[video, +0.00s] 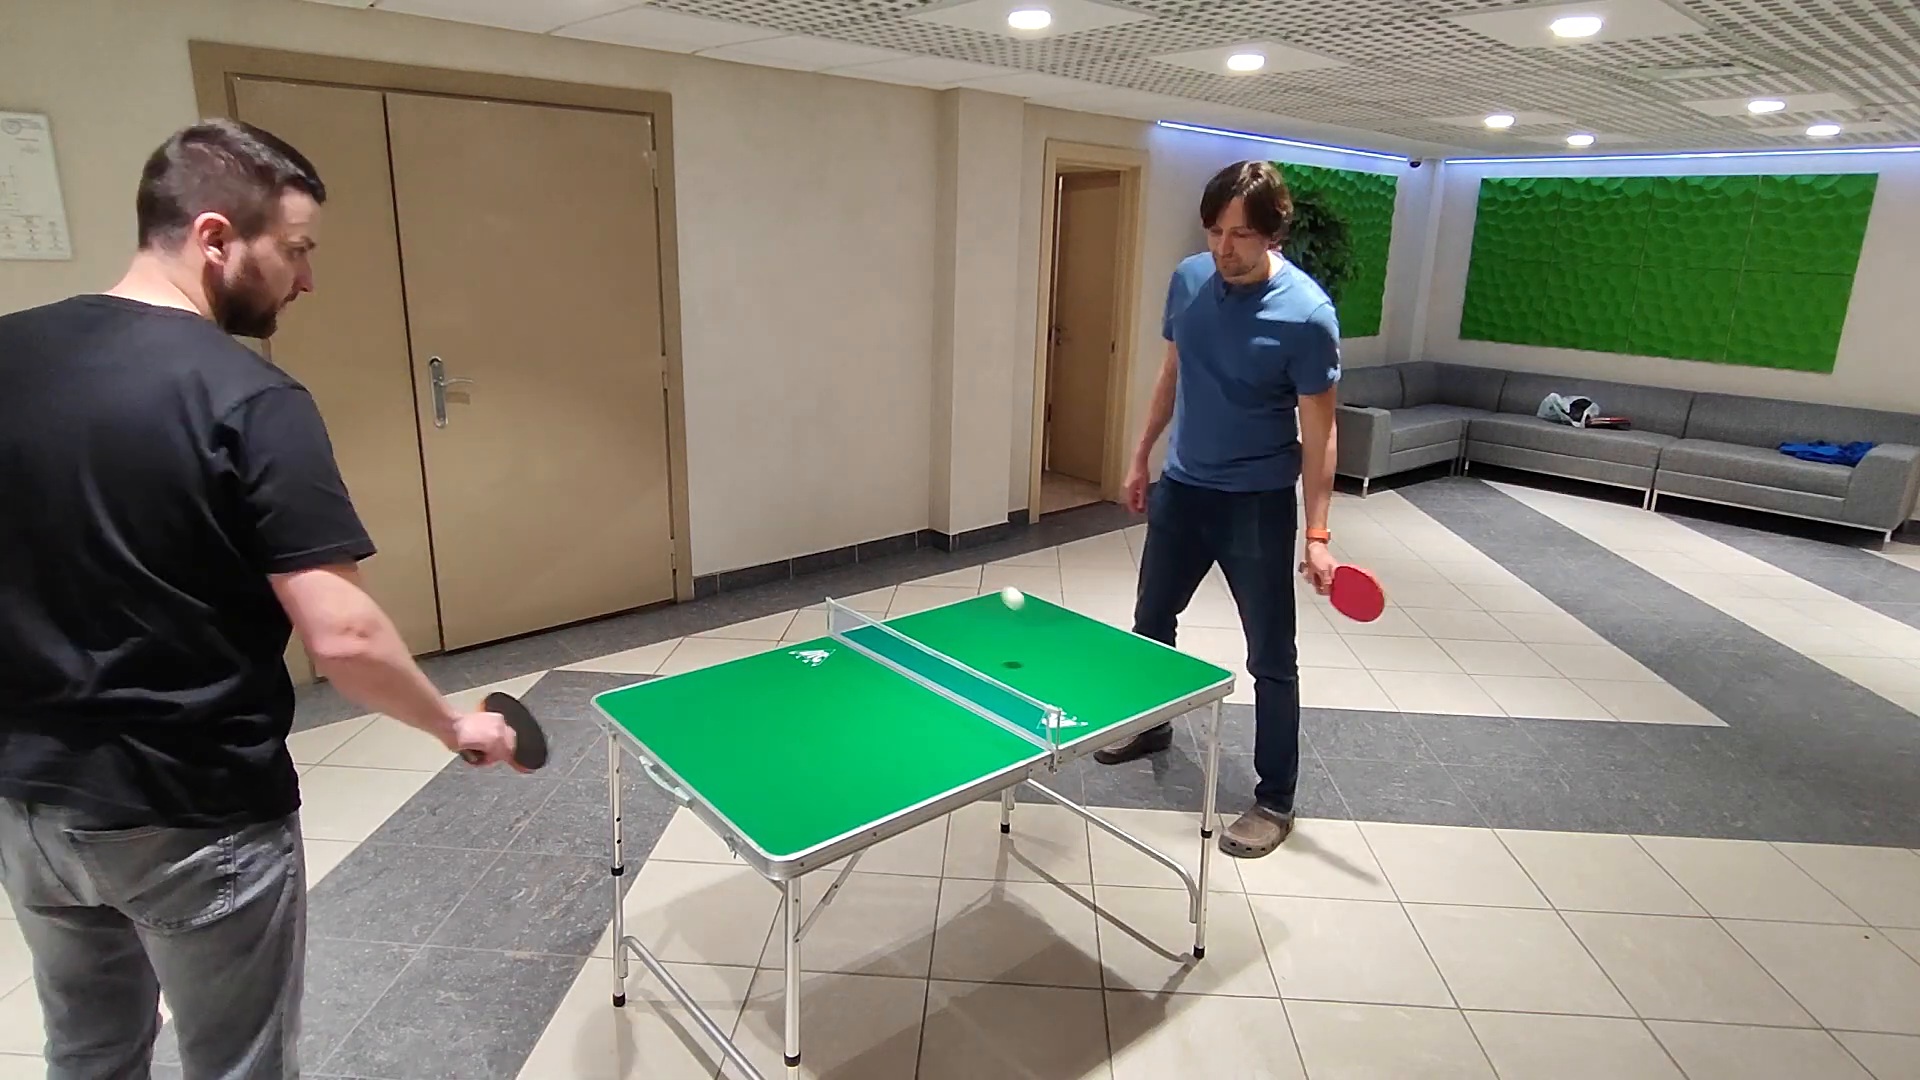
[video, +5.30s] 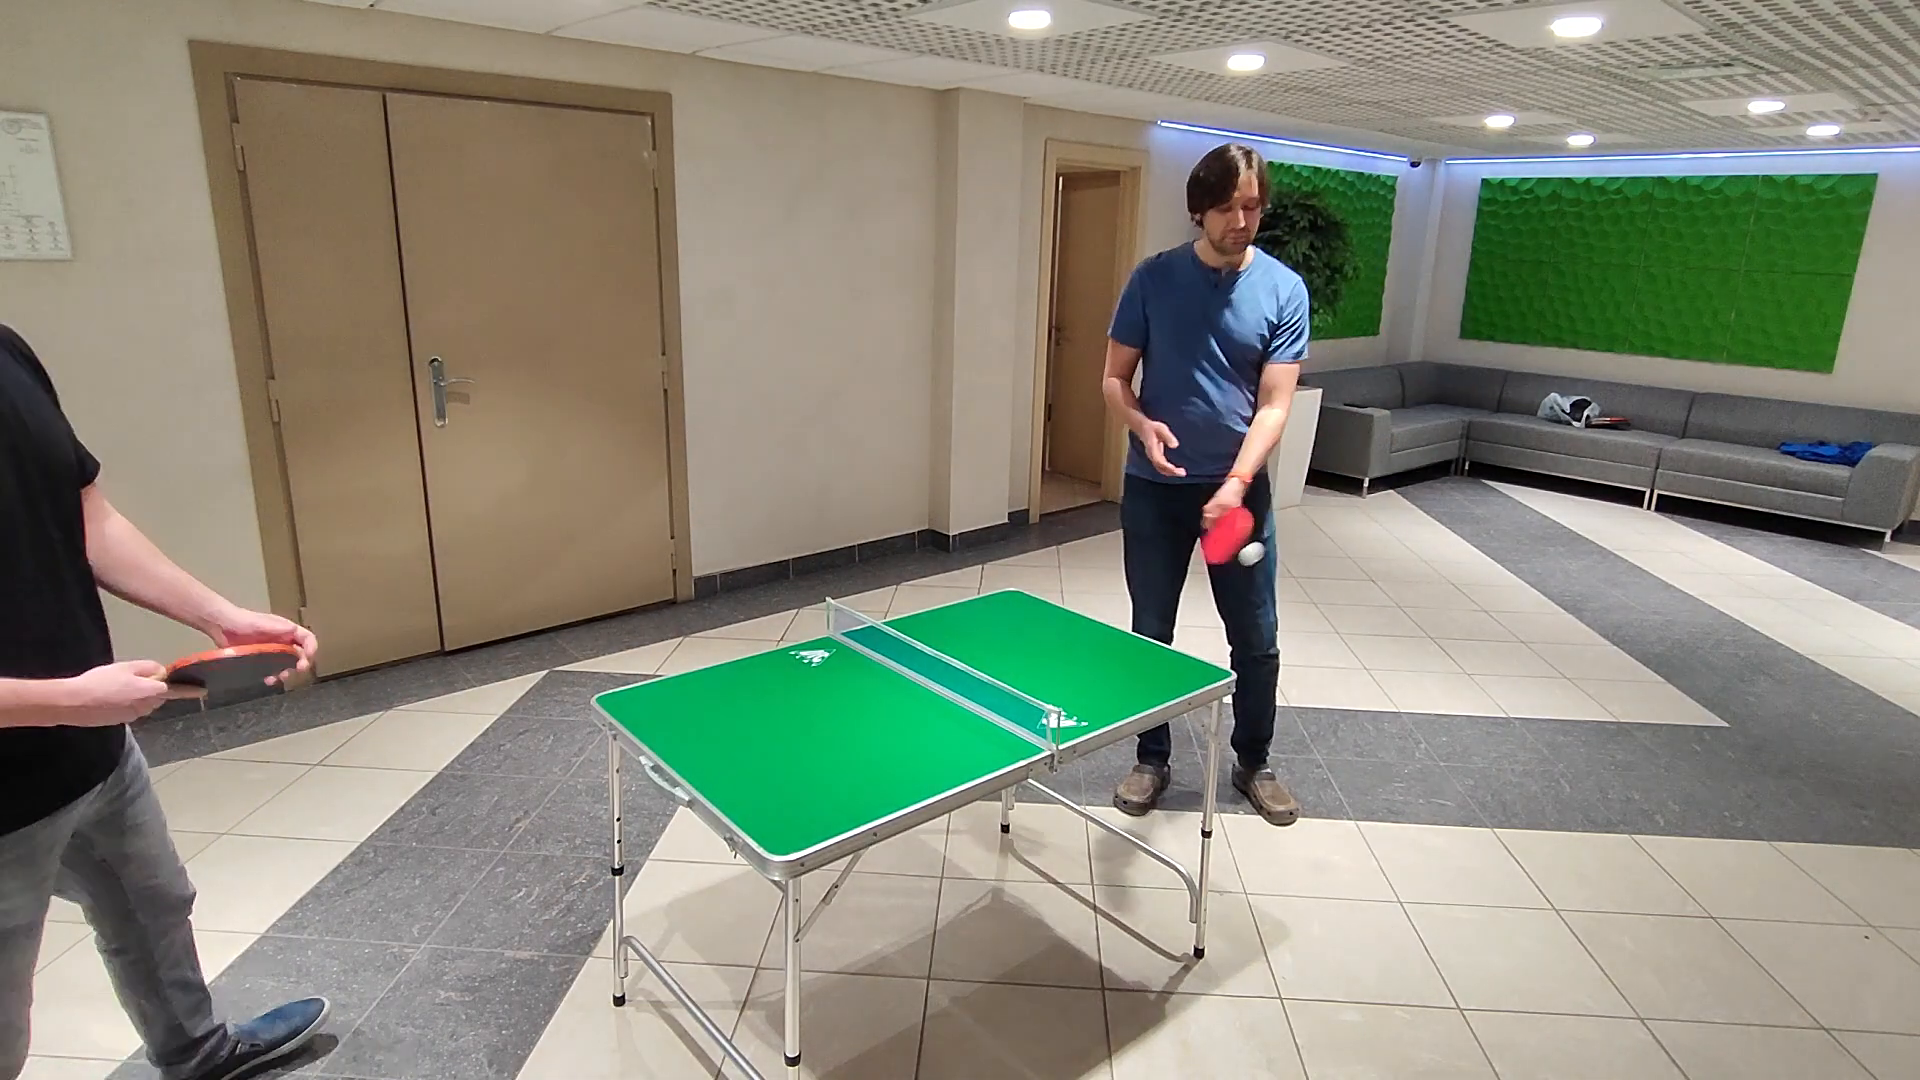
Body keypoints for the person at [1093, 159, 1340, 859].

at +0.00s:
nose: (1225, 247)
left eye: (1241, 235)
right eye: (1216, 232)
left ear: (1275, 233)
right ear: (1206, 226)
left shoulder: (1307, 316)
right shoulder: (1189, 279)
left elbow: (1319, 434)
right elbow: (1173, 371)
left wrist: (1316, 533)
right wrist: (1141, 454)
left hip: (1260, 500)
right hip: (1183, 488)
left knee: (1271, 659)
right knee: (1151, 618)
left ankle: (1273, 803)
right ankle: (1146, 725)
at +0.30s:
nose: (1198, 284)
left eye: (1213, 273)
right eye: (1189, 269)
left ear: (1238, 271)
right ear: (1177, 262)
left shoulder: (1259, 351)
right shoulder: (1150, 301)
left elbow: (1242, 461)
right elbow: (1105, 379)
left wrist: (1222, 551)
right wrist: (1063, 453)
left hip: (1212, 498)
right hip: (1138, 484)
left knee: (1232, 641)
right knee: (1119, 611)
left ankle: (1261, 788)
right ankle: (1139, 720)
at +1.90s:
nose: (1216, 225)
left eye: (1231, 213)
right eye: (1208, 213)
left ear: (1263, 214)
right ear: (1198, 213)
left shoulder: (1307, 290)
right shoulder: (1175, 284)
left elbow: (1320, 401)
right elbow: (1147, 379)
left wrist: (1300, 487)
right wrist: (1108, 463)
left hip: (1261, 484)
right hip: (1178, 479)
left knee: (1252, 643)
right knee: (1159, 615)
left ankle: (1234, 763)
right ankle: (1140, 721)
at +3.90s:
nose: (1269, 227)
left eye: (1284, 216)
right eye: (1263, 213)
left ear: (1321, 219)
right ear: (1258, 213)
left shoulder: (1363, 287)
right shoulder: (1234, 285)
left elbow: (1378, 393)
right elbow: (1177, 384)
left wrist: (1380, 489)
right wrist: (1118, 454)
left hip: (1316, 489)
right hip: (1232, 480)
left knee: (1291, 641)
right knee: (1191, 627)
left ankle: (1264, 762)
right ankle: (1183, 729)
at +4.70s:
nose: (1209, 226)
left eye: (1223, 212)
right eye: (1196, 211)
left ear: (1246, 212)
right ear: (1179, 209)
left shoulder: (1278, 276)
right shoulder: (1151, 289)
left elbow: (1311, 369)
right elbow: (1127, 399)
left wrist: (1319, 415)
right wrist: (1171, 450)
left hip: (1250, 485)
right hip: (1168, 487)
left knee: (1263, 635)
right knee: (1158, 633)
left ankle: (1262, 764)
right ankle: (1152, 761)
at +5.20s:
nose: (1250, 219)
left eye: (1258, 205)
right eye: (1238, 206)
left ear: (1264, 207)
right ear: (1199, 206)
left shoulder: (1277, 289)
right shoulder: (1147, 282)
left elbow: (1286, 396)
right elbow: (1110, 383)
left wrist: (1304, 452)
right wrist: (1147, 420)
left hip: (1235, 487)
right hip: (1154, 486)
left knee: (1253, 642)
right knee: (1148, 634)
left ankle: (1253, 766)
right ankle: (1149, 763)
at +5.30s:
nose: (1245, 220)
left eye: (1254, 206)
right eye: (1232, 207)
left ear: (1264, 207)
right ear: (1201, 208)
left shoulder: (1285, 291)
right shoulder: (1153, 279)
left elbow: (1275, 407)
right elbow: (1115, 377)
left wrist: (1235, 485)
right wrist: (1140, 424)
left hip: (1240, 485)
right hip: (1157, 483)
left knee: (1256, 640)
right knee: (1149, 628)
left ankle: (1253, 766)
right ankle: (1150, 761)